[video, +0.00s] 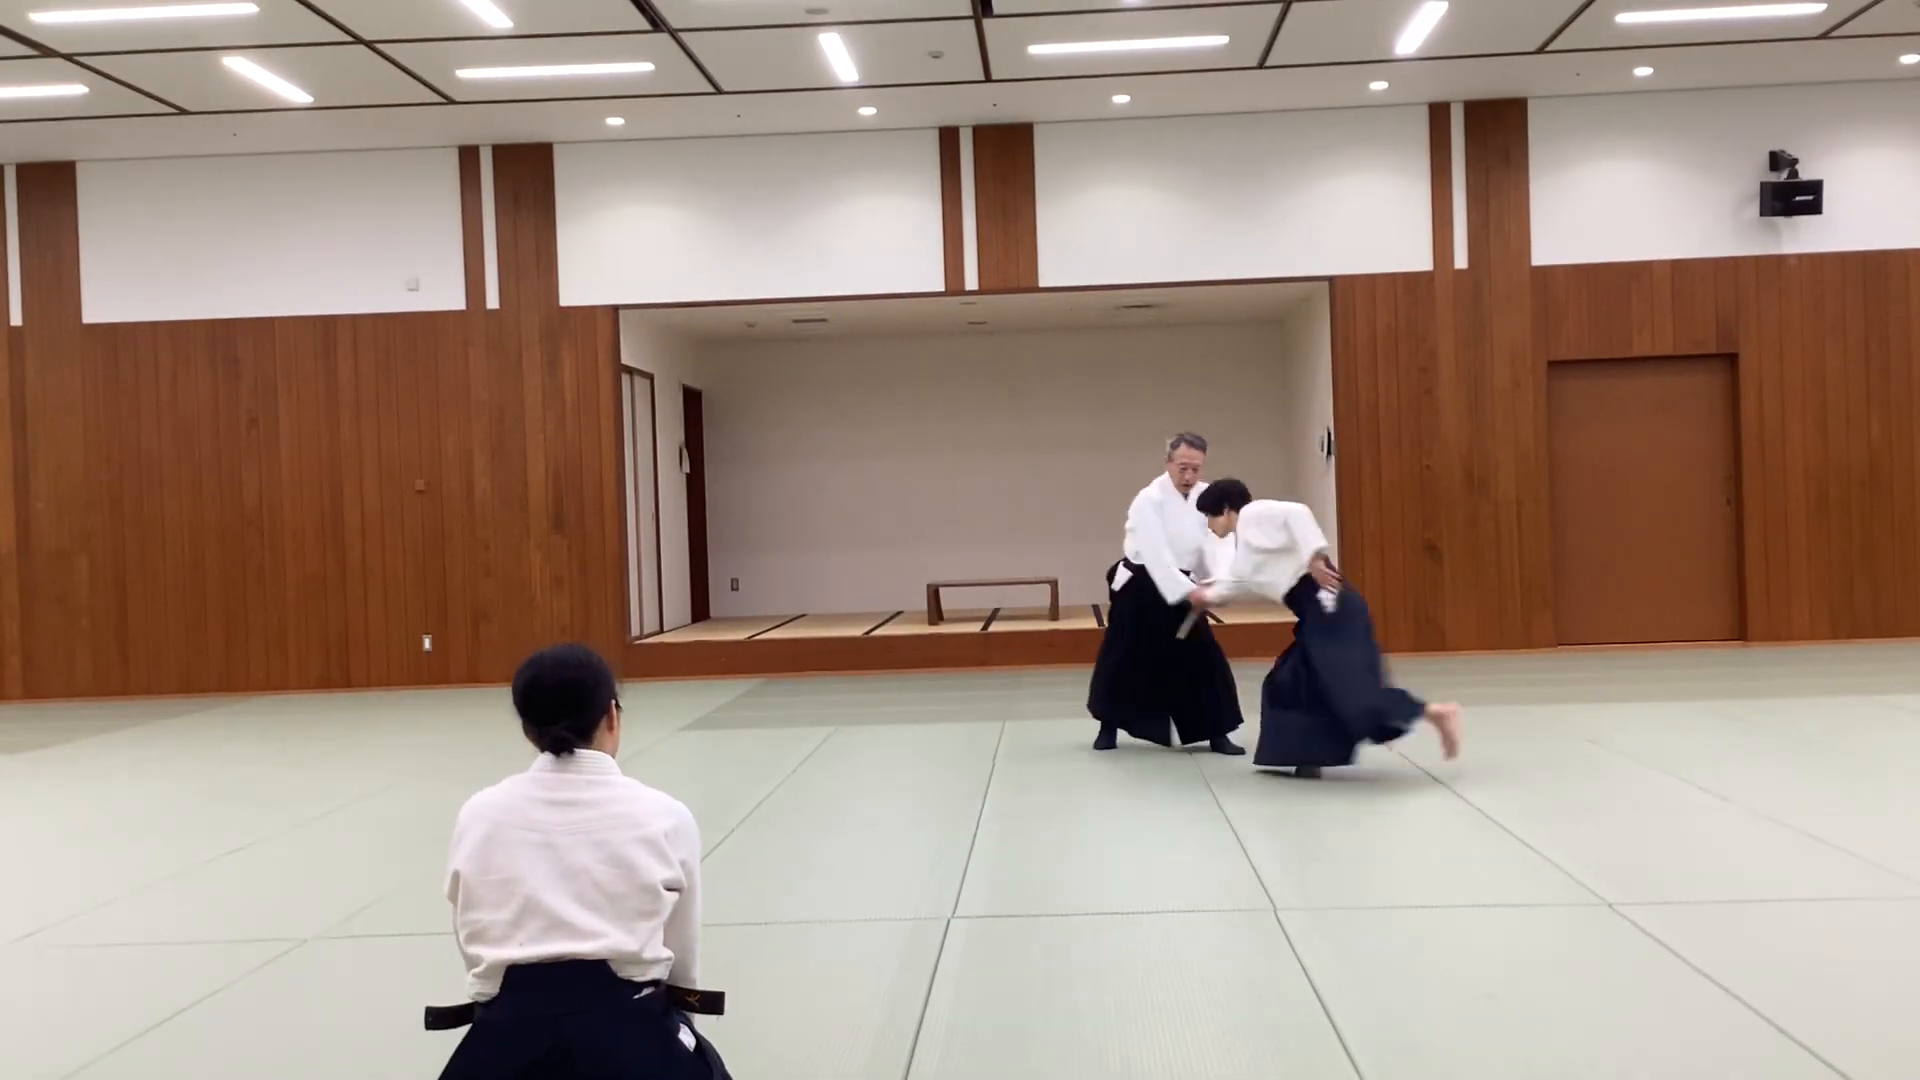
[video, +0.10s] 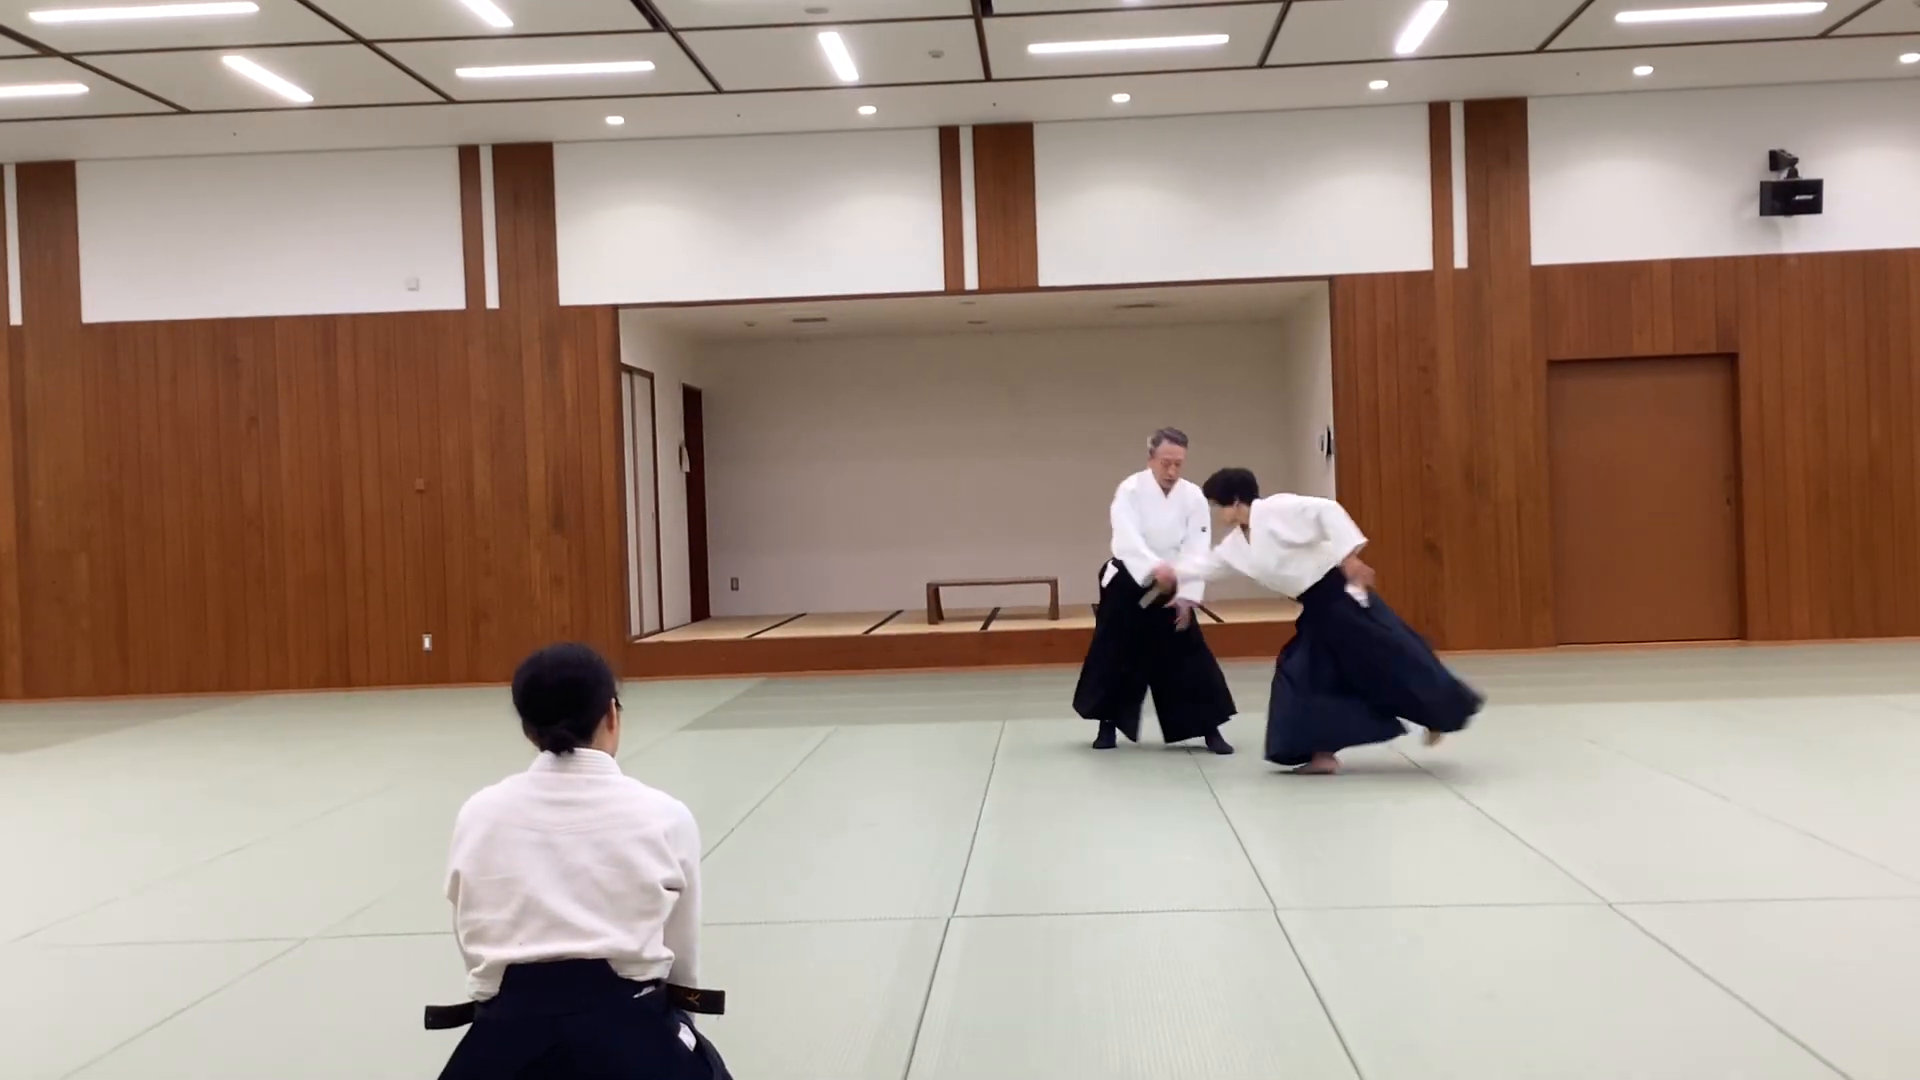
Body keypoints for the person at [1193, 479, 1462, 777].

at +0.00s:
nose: (1209, 526)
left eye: (1210, 517)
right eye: (1207, 519)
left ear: (1226, 510)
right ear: (1227, 512)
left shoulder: (1252, 513)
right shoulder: (1242, 547)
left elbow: (1297, 512)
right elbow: (1237, 583)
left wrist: (1314, 557)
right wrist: (1208, 595)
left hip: (1327, 601)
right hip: (1313, 613)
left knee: (1354, 695)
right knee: (1286, 683)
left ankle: (1435, 714)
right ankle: (1307, 762)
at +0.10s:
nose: (1216, 513)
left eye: (1218, 506)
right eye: (1215, 507)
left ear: (1234, 501)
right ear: (1234, 504)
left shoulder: (1273, 509)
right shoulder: (1236, 544)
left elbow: (1327, 508)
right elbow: (1209, 565)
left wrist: (1350, 557)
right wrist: (1172, 571)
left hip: (1337, 592)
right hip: (1314, 608)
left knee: (1381, 657)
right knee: (1302, 673)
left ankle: (1434, 710)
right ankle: (1322, 755)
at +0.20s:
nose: (1228, 500)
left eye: (1233, 493)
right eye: (1228, 493)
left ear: (1255, 492)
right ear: (1245, 493)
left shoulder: (1297, 507)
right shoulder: (1239, 526)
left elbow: (1352, 513)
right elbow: (1203, 540)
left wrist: (1386, 552)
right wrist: (1161, 540)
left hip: (1349, 594)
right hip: (1311, 605)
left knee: (1378, 664)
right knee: (1286, 671)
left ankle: (1407, 736)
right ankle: (1332, 740)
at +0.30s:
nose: (1237, 483)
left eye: (1241, 476)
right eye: (1236, 477)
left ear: (1263, 476)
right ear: (1249, 479)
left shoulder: (1307, 497)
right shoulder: (1243, 511)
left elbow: (1356, 517)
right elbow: (1200, 524)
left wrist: (1401, 544)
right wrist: (1157, 524)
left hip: (1338, 591)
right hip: (1296, 598)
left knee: (1370, 662)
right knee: (1272, 665)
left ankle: (1414, 728)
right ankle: (1316, 721)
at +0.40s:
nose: (1226, 470)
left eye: (1231, 463)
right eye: (1225, 463)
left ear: (1254, 462)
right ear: (1237, 464)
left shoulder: (1296, 482)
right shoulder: (1229, 498)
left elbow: (1339, 508)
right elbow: (1189, 518)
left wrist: (1379, 537)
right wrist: (1146, 522)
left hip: (1321, 583)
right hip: (1280, 589)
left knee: (1356, 656)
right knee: (1261, 665)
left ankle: (1406, 727)